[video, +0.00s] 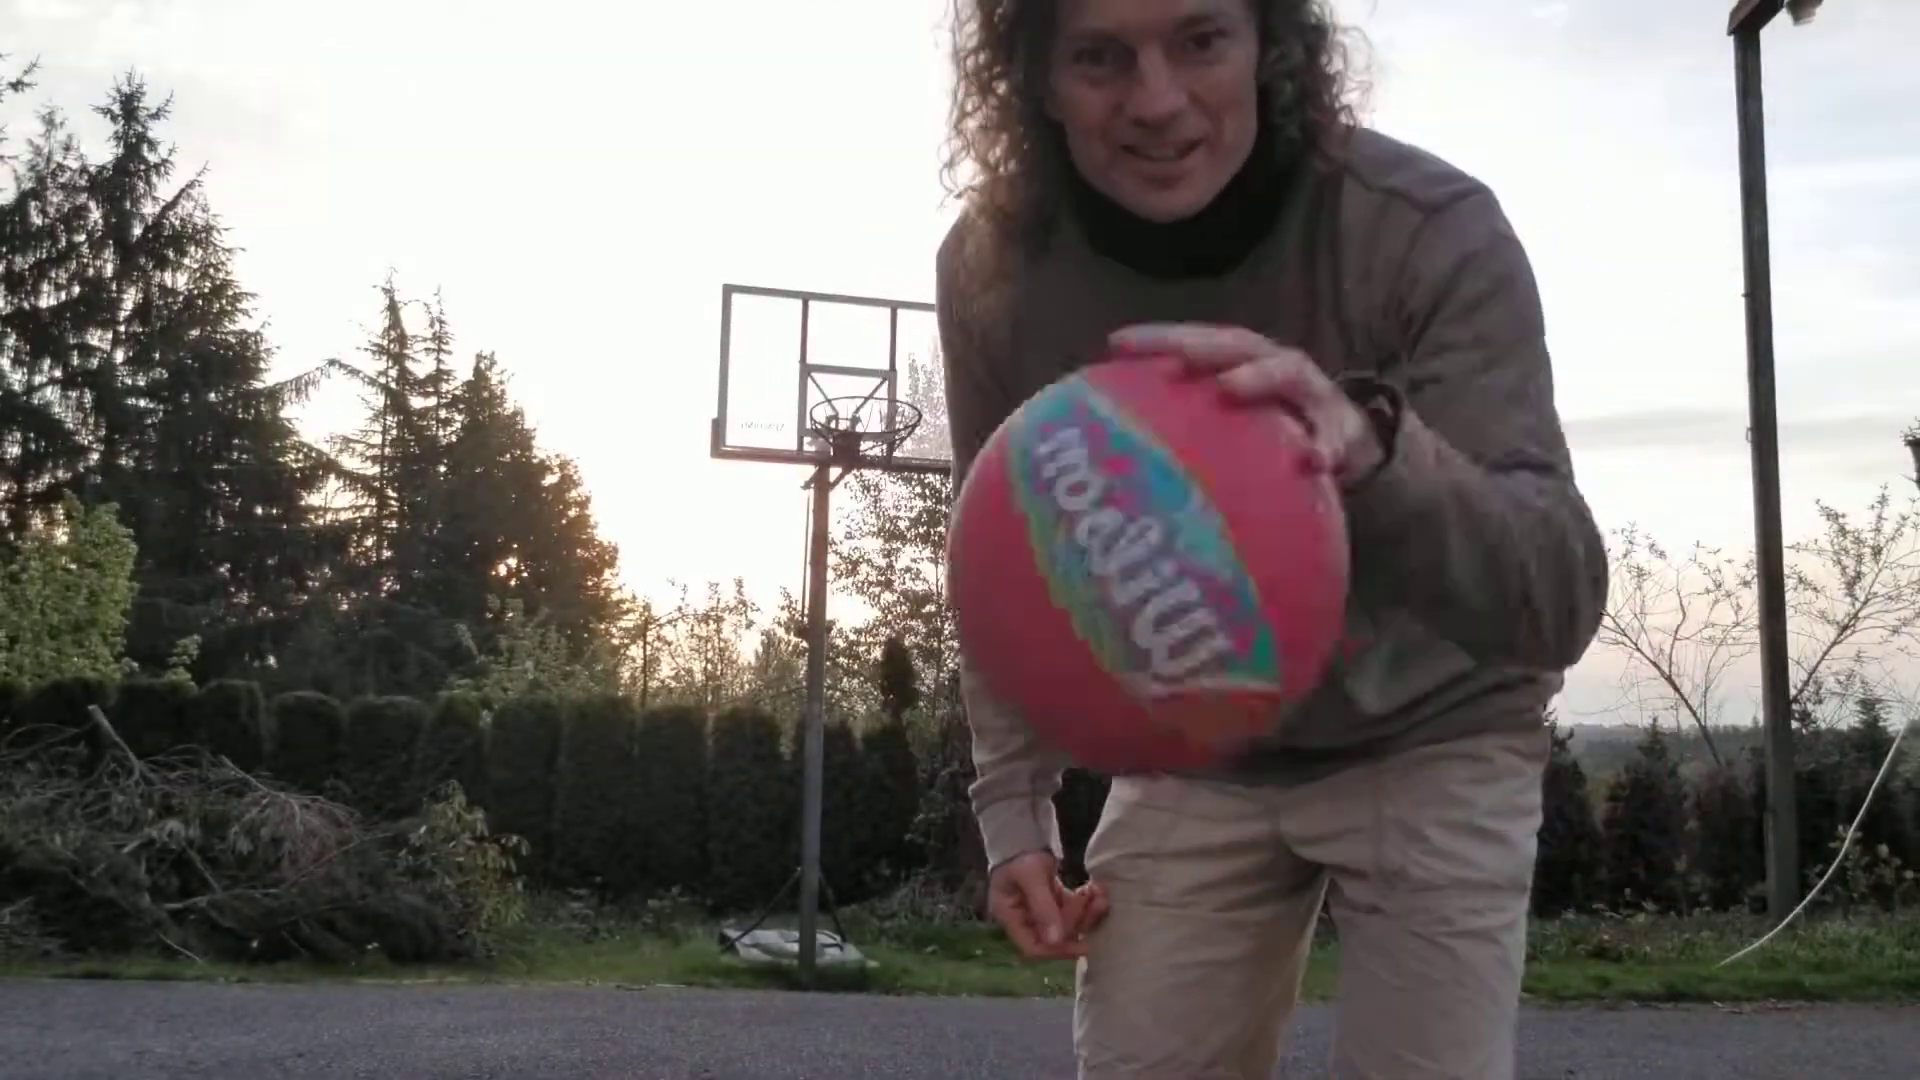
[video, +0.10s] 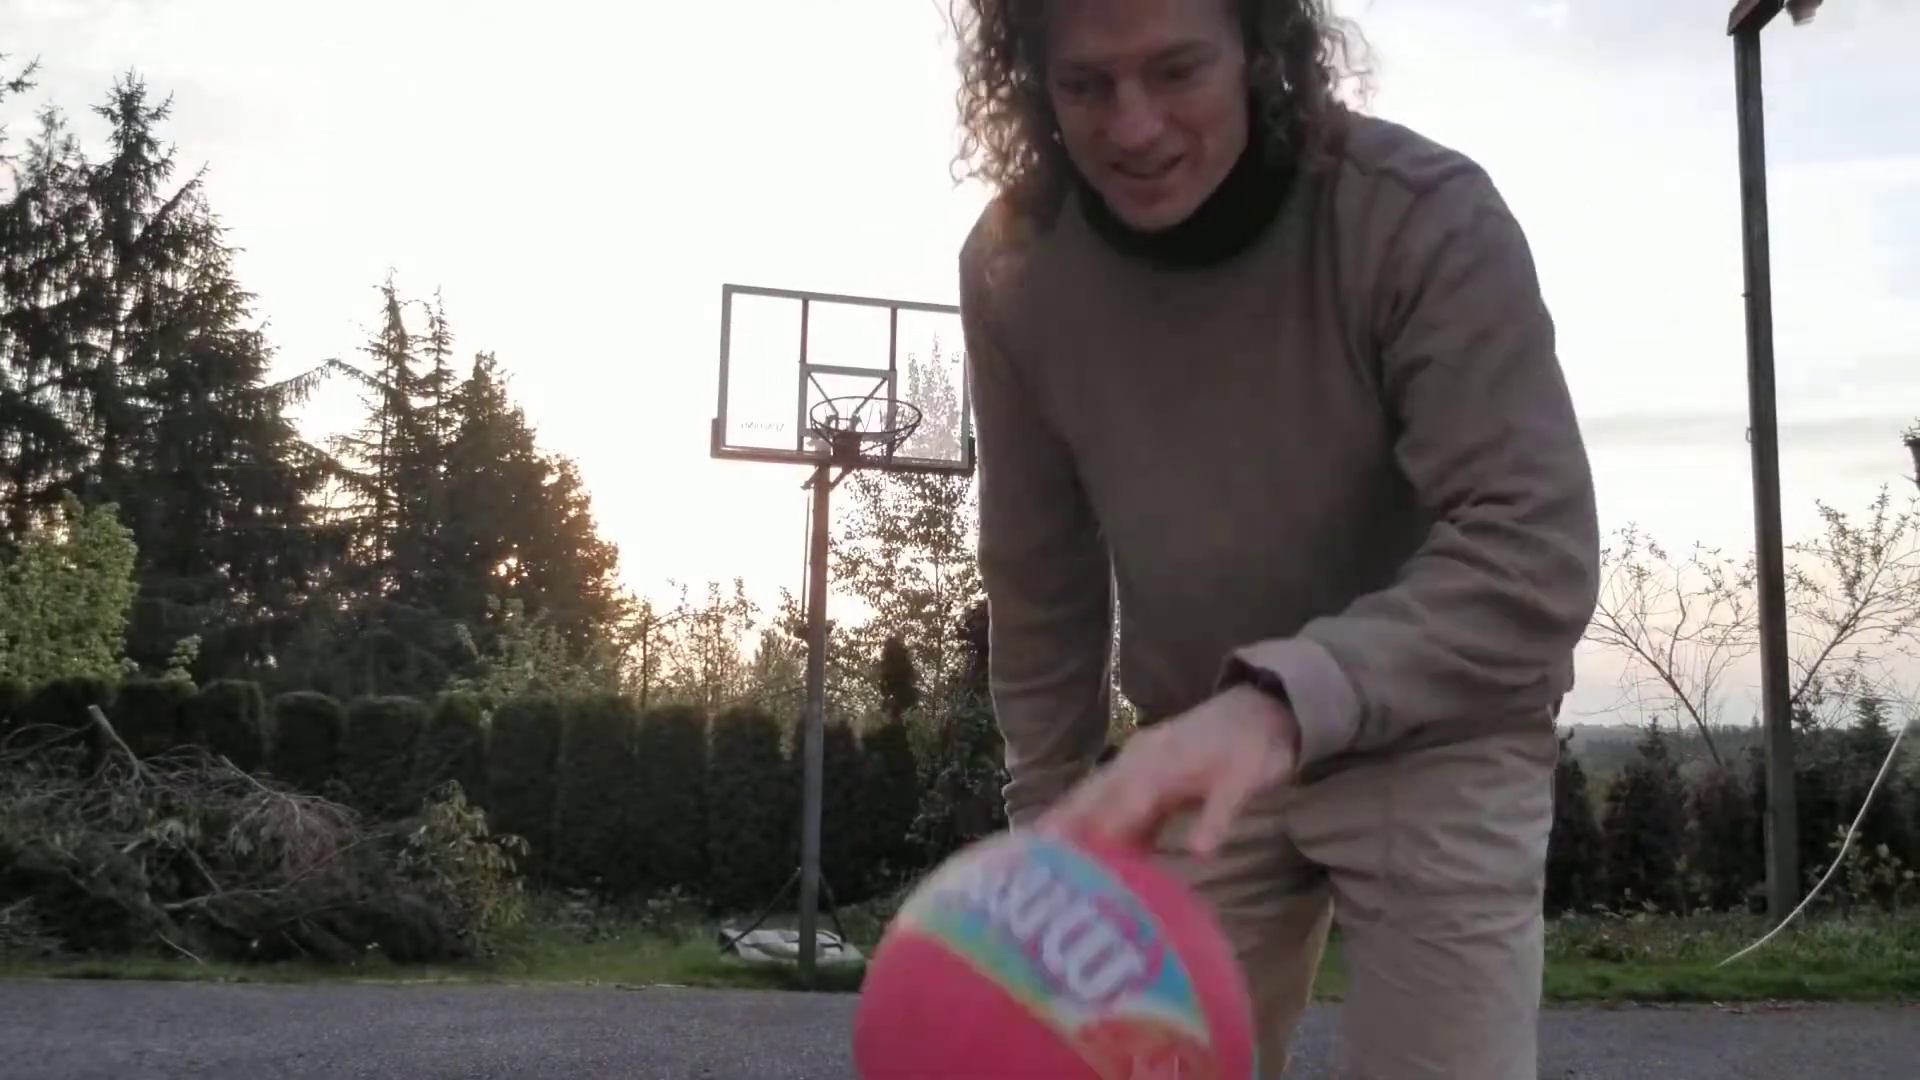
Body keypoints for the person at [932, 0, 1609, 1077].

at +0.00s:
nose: (1158, 105)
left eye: (1201, 41)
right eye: (1100, 58)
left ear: (1272, 43)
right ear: (1036, 79)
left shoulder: (1428, 231)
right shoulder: (998, 264)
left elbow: (1557, 595)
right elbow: (1002, 567)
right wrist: (1015, 812)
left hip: (1438, 751)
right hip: (1184, 763)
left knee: (1427, 1058)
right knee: (1137, 1057)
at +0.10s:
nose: (1135, 130)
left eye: (1178, 71)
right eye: (1087, 85)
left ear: (1259, 51)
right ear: (1039, 88)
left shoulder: (1419, 218)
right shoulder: (1020, 266)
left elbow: (1528, 554)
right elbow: (1039, 589)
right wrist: (1050, 852)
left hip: (1441, 757)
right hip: (1192, 770)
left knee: (1443, 1061)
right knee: (1166, 1065)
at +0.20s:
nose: (1123, 150)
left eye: (1163, 93)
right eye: (1077, 104)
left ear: (1249, 60)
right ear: (1034, 92)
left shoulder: (1413, 225)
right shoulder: (1034, 261)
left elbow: (1516, 582)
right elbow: (1055, 564)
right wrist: (1056, 792)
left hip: (1446, 773)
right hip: (1204, 782)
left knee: (1458, 1057)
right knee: (1145, 1055)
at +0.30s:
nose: (1126, 150)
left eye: (1164, 96)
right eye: (1080, 107)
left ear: (1253, 61)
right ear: (1037, 95)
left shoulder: (1424, 229)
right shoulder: (1043, 261)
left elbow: (1544, 556)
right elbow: (1060, 528)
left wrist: (1565, 876)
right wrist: (1066, 720)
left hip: (1445, 764)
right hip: (1203, 776)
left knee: (1480, 1056)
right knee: (1153, 1057)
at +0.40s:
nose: (1143, 138)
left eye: (1181, 87)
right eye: (1101, 99)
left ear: (1266, 54)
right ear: (1064, 93)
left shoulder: (1435, 219)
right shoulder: (1049, 262)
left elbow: (1569, 523)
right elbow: (1044, 499)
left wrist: (1675, 804)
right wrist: (1074, 596)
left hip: (1443, 762)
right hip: (1200, 775)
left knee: (1489, 1058)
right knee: (1157, 1057)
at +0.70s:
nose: (1219, 88)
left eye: (1250, 42)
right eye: (1174, 57)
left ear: (1311, 47)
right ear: (1125, 81)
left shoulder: (1447, 224)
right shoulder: (1081, 304)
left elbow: (1603, 466)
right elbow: (1055, 557)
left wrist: (1741, 654)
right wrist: (994, 655)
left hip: (1445, 761)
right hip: (1205, 773)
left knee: (1513, 1067)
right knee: (1183, 1066)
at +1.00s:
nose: (1166, 246)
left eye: (1196, 206)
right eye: (1132, 216)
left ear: (1270, 181)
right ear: (1101, 216)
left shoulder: (1415, 299)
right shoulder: (1094, 395)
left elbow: (1535, 526)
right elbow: (1059, 638)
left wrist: (1575, 713)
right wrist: (1025, 802)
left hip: (1438, 800)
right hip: (1225, 813)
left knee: (1491, 1065)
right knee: (1202, 1065)